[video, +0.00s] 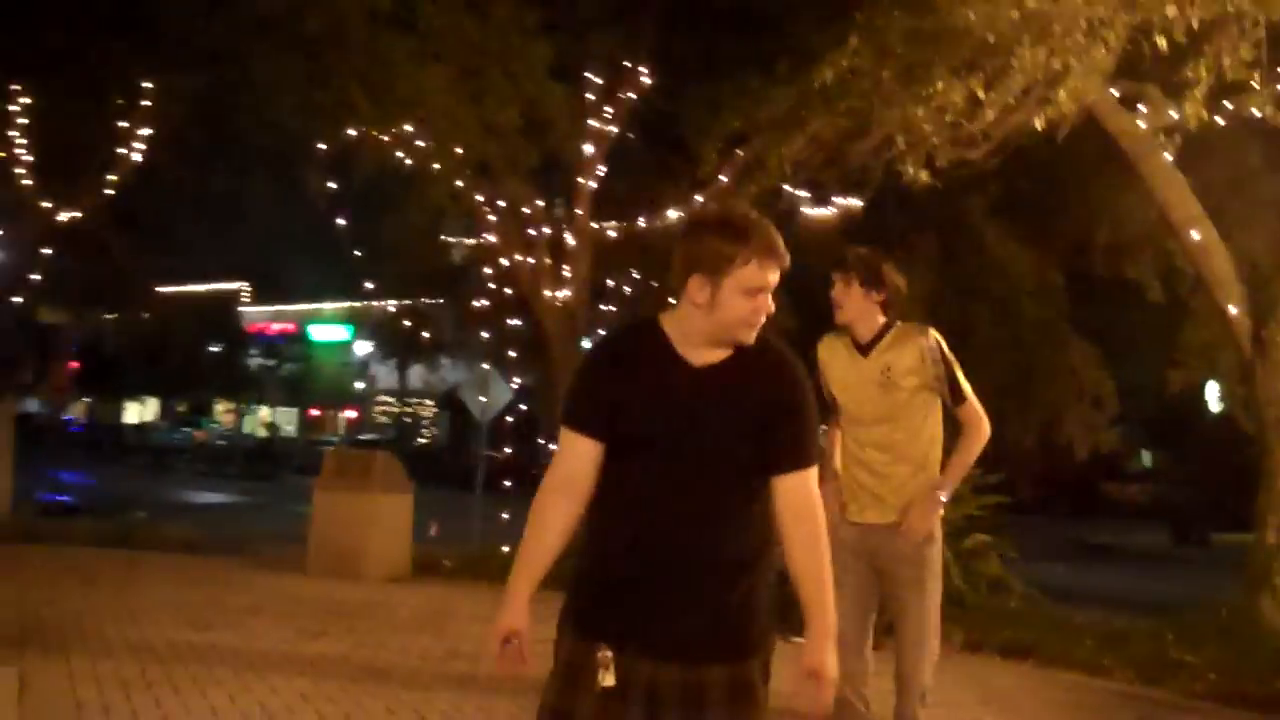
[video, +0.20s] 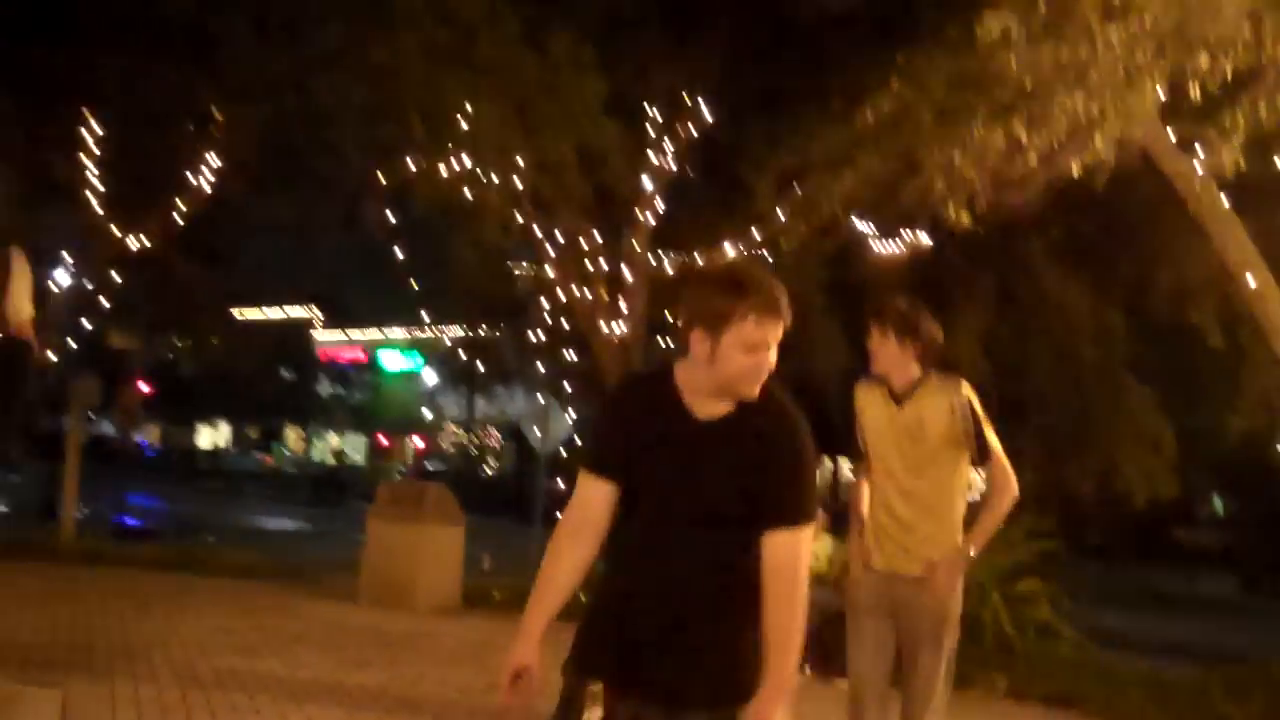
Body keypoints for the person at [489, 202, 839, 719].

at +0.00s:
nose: (768, 308)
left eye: (772, 291)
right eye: (753, 292)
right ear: (699, 291)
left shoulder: (777, 378)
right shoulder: (618, 362)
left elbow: (801, 511)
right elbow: (566, 486)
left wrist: (821, 633)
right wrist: (517, 598)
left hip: (725, 646)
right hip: (609, 639)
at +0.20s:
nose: (769, 364)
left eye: (774, 348)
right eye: (752, 348)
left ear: (779, 344)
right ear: (698, 342)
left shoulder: (780, 433)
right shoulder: (633, 406)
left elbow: (786, 577)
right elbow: (581, 528)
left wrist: (776, 692)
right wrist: (529, 636)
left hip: (726, 679)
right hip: (629, 671)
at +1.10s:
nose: (574, 321)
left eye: (580, 308)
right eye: (558, 308)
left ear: (586, 309)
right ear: (510, 307)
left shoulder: (589, 394)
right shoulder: (459, 381)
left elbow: (603, 515)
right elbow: (415, 496)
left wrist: (609, 624)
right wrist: (369, 595)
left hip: (549, 637)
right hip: (452, 627)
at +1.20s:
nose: (559, 322)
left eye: (565, 309)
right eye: (544, 309)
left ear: (571, 309)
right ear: (497, 307)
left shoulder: (571, 392)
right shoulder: (442, 381)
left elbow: (585, 508)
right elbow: (400, 492)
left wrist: (589, 614)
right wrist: (357, 592)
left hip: (533, 628)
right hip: (437, 623)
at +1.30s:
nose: (587, 304)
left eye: (595, 290)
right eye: (573, 289)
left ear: (602, 291)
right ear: (526, 286)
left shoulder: (600, 371)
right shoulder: (470, 362)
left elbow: (615, 483)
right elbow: (431, 467)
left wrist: (615, 584)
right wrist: (392, 565)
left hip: (561, 608)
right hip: (467, 601)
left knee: (557, 712)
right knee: (449, 710)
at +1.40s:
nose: (593, 284)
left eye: (599, 272)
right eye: (578, 269)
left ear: (606, 275)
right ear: (530, 268)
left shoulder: (600, 355)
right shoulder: (469, 346)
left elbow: (613, 469)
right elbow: (428, 452)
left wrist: (606, 567)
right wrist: (388, 547)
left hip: (556, 590)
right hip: (463, 579)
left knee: (548, 710)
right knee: (440, 708)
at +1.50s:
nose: (530, 288)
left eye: (536, 274)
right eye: (517, 272)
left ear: (544, 274)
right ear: (466, 269)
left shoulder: (535, 354)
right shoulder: (408, 347)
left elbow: (550, 472)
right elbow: (365, 454)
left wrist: (546, 574)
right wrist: (323, 552)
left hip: (493, 598)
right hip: (400, 589)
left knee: (483, 710)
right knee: (380, 708)